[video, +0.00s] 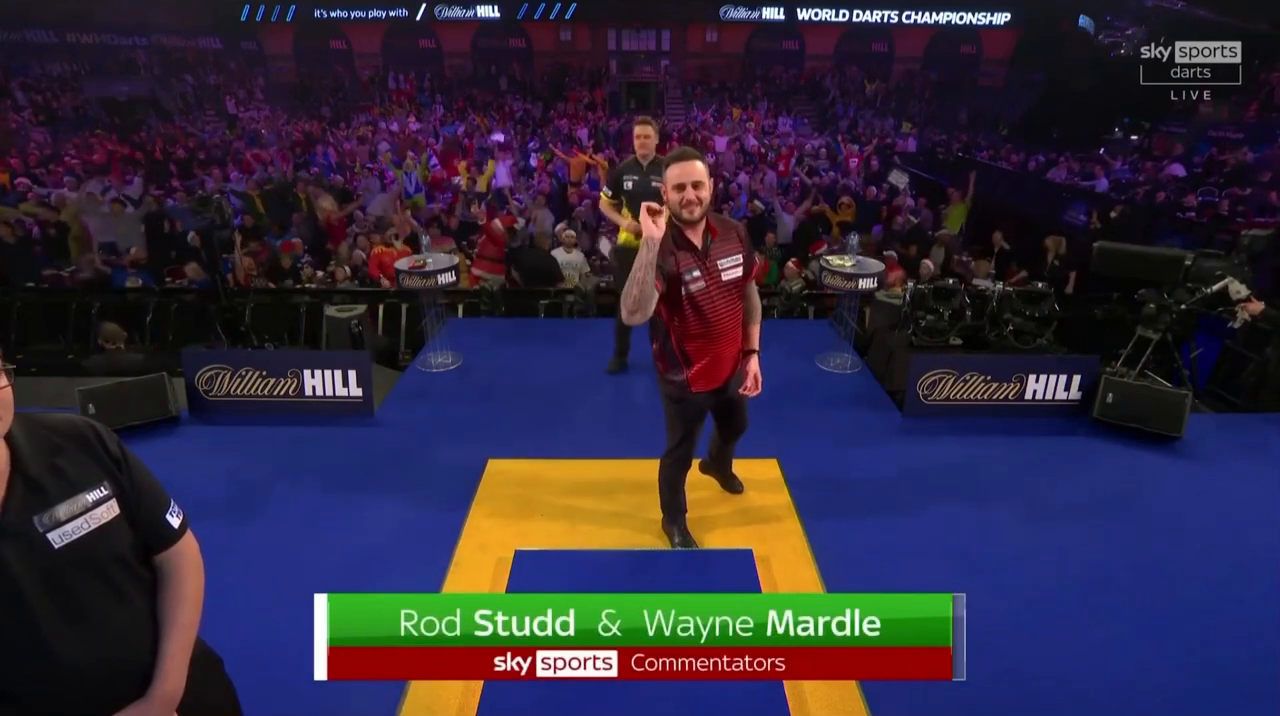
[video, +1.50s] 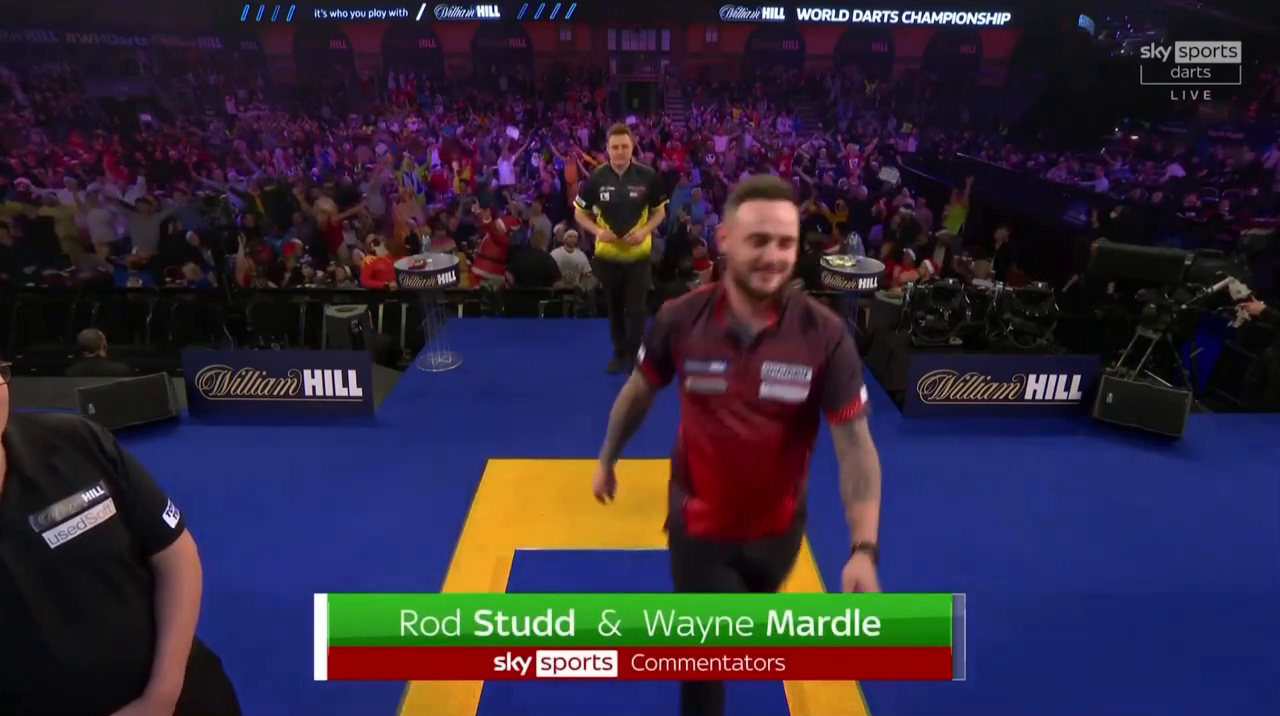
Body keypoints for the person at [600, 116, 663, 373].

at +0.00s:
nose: (642, 142)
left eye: (647, 137)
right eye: (638, 137)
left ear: (657, 139)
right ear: (632, 140)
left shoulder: (669, 169)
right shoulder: (621, 171)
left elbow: (681, 201)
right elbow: (604, 203)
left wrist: (663, 219)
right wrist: (624, 222)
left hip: (661, 244)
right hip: (628, 244)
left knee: (660, 299)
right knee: (624, 300)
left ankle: (662, 356)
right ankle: (620, 357)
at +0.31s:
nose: (624, 142)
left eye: (629, 137)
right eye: (620, 137)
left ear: (639, 140)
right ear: (615, 140)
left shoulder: (657, 172)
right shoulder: (605, 172)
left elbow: (668, 206)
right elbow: (585, 204)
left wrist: (649, 225)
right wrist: (605, 220)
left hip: (645, 248)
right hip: (615, 249)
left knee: (648, 305)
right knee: (618, 305)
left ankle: (654, 354)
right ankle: (619, 355)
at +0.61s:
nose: (621, 143)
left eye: (626, 138)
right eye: (617, 138)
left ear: (635, 140)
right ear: (611, 141)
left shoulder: (653, 171)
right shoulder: (602, 172)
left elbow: (669, 204)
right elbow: (577, 203)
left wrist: (648, 225)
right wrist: (602, 223)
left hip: (642, 250)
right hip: (613, 251)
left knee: (642, 307)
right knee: (617, 307)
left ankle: (645, 357)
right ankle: (619, 355)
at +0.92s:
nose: (622, 143)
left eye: (627, 138)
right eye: (618, 138)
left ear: (636, 140)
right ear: (611, 141)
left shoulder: (653, 172)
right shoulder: (601, 173)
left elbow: (666, 205)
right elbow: (582, 206)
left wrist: (647, 225)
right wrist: (602, 223)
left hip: (641, 250)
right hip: (612, 250)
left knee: (640, 306)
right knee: (617, 306)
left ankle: (645, 358)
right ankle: (619, 355)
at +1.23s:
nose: (619, 147)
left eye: (624, 142)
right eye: (614, 142)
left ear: (632, 143)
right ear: (608, 145)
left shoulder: (649, 173)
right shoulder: (598, 174)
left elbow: (661, 207)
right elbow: (581, 208)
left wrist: (644, 225)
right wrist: (598, 224)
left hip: (638, 251)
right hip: (609, 252)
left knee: (640, 306)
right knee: (615, 307)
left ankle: (642, 354)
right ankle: (619, 354)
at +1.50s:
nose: (619, 152)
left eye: (624, 147)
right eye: (615, 147)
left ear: (632, 148)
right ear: (607, 149)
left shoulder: (648, 176)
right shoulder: (597, 178)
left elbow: (660, 210)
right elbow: (579, 212)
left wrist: (644, 230)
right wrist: (597, 230)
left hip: (637, 253)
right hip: (608, 254)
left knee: (636, 308)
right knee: (614, 308)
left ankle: (632, 357)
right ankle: (619, 354)